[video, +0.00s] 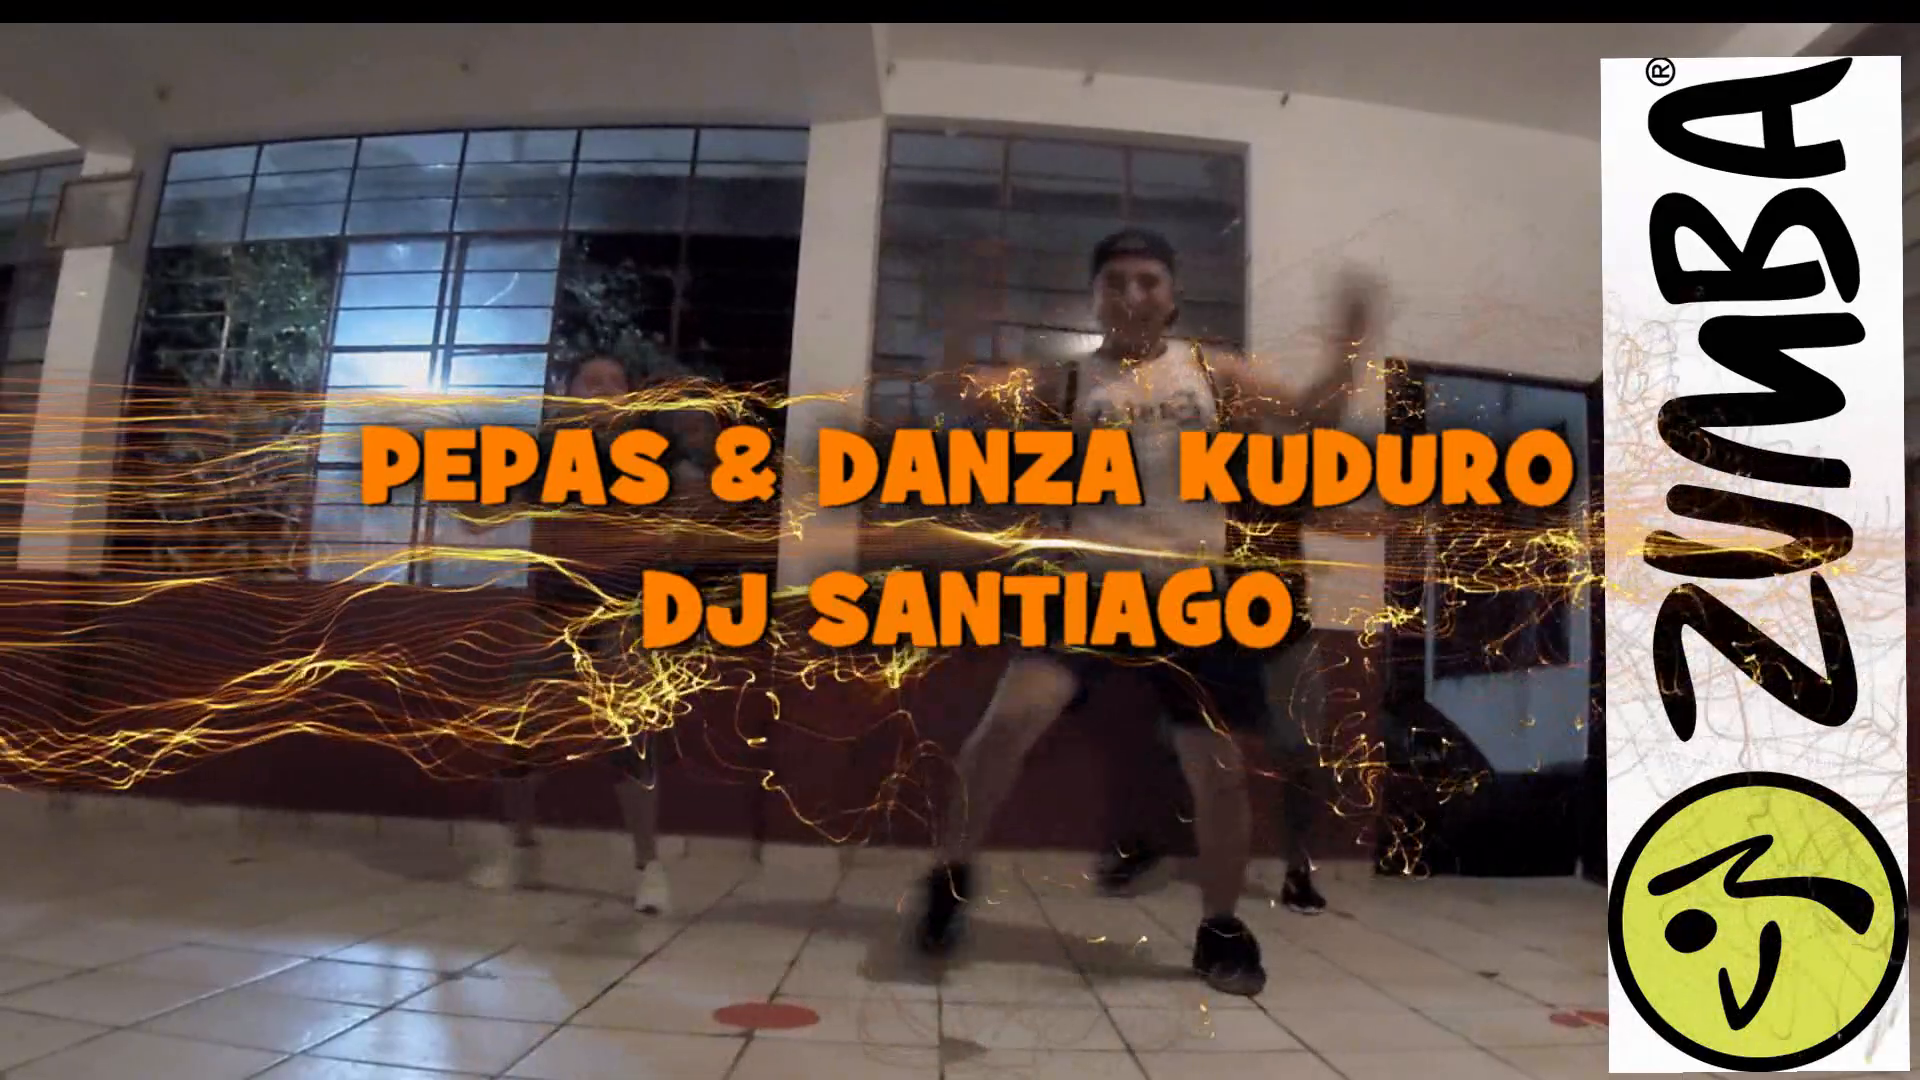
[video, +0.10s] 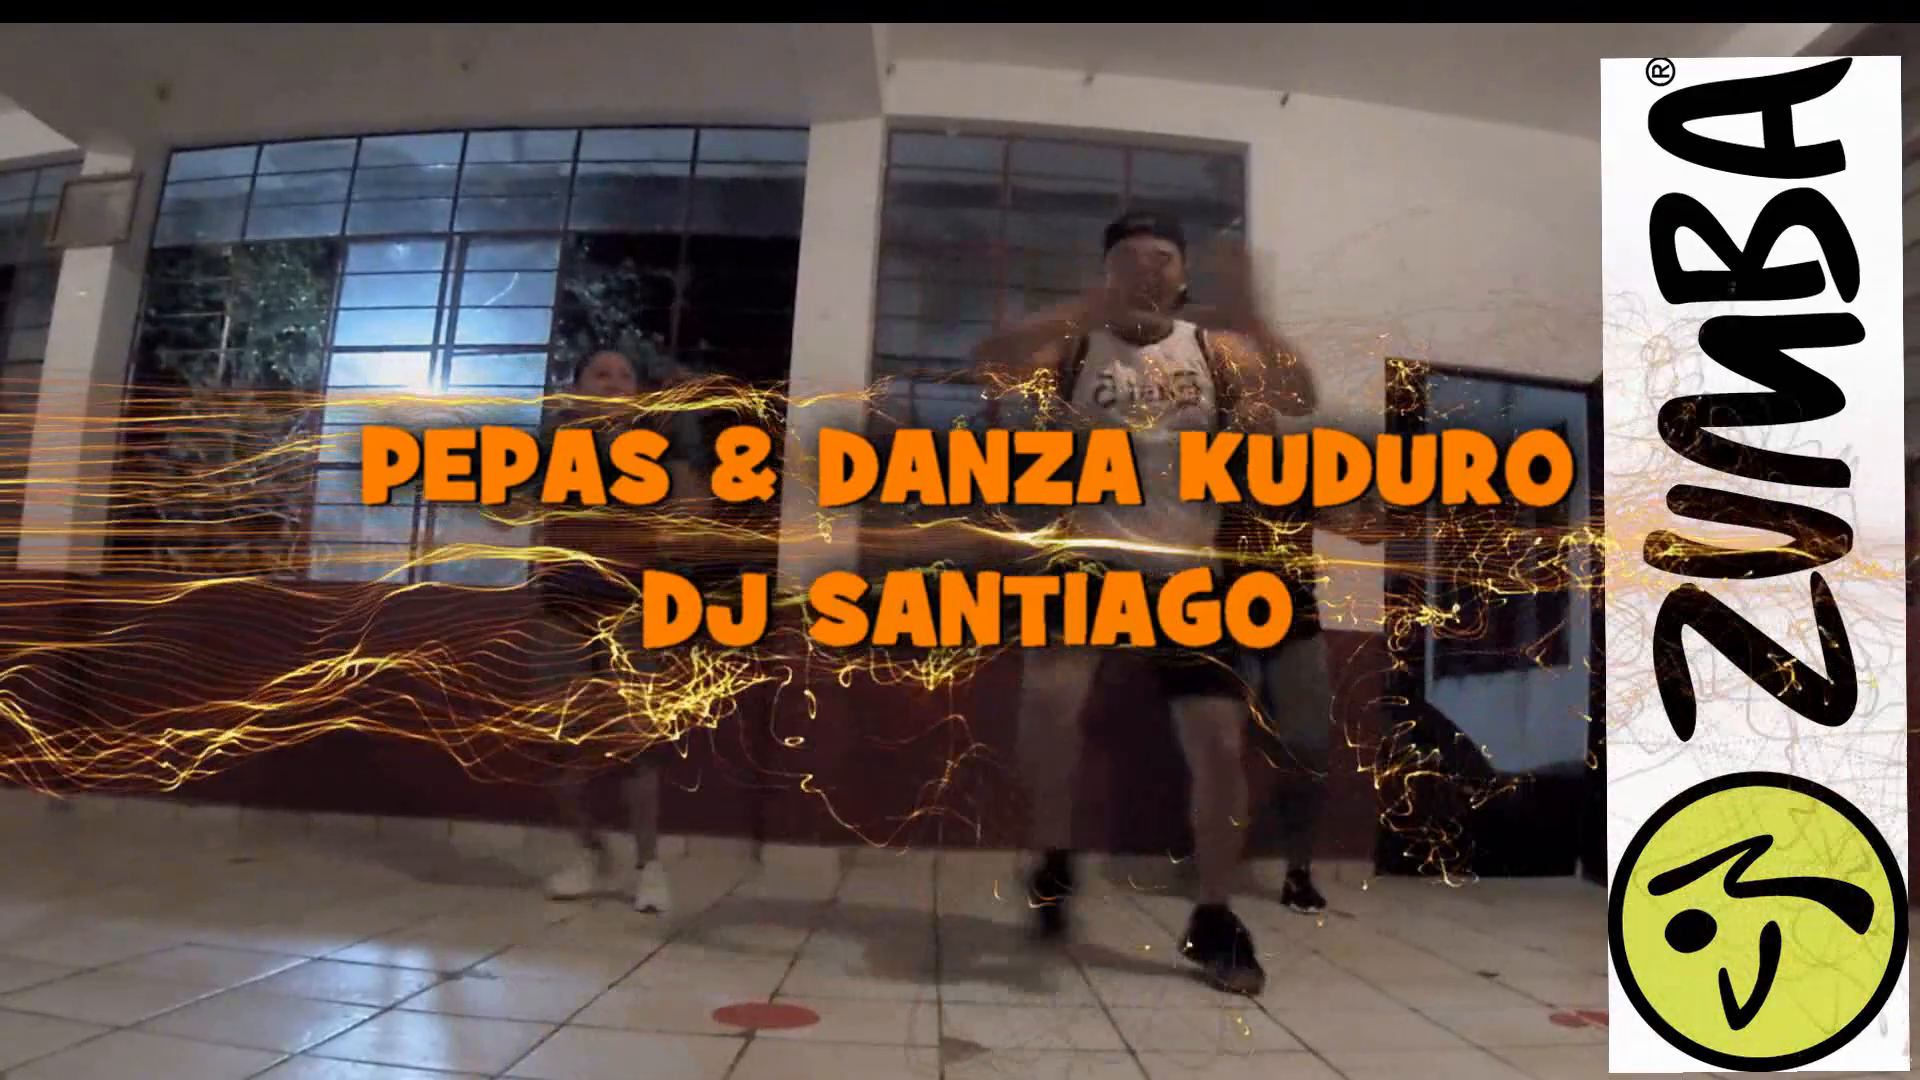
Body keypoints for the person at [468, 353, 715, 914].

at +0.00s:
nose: (601, 399)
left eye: (611, 389)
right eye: (591, 389)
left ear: (629, 396)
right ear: (572, 396)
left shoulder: (650, 455)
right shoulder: (553, 448)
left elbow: (685, 518)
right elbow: (484, 511)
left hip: (626, 612)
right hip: (554, 610)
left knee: (633, 740)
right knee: (520, 731)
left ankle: (649, 867)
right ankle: (515, 850)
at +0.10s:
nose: (610, 386)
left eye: (620, 377)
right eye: (599, 376)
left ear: (637, 389)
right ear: (580, 385)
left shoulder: (657, 447)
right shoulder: (560, 442)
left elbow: (692, 510)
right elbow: (527, 513)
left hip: (638, 606)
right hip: (568, 605)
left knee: (642, 735)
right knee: (570, 731)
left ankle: (648, 866)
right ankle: (580, 856)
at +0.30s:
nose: (606, 416)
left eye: (616, 407)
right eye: (596, 407)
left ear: (635, 412)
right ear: (577, 412)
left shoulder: (654, 465)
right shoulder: (553, 465)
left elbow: (663, 539)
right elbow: (513, 537)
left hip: (633, 626)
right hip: (565, 625)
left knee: (638, 748)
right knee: (556, 755)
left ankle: (652, 867)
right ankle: (601, 857)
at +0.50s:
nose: (559, 418)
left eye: (571, 407)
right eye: (550, 407)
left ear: (594, 414)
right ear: (538, 412)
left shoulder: (622, 473)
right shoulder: (516, 467)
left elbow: (688, 509)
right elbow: (435, 491)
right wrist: (423, 463)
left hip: (592, 630)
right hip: (517, 624)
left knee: (601, 745)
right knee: (442, 726)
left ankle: (646, 866)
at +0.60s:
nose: (527, 400)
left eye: (538, 389)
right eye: (518, 390)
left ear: (562, 395)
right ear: (505, 397)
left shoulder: (586, 454)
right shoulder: (483, 453)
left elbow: (647, 501)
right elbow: (413, 487)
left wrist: (698, 472)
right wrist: (366, 439)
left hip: (549, 613)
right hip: (474, 609)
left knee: (586, 734)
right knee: (413, 711)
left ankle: (636, 863)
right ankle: (369, 842)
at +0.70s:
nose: (489, 401)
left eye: (500, 392)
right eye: (481, 391)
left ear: (517, 400)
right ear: (466, 396)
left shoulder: (532, 462)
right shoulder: (442, 456)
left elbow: (596, 512)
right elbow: (391, 506)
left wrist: (657, 495)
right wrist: (335, 462)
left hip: (505, 609)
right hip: (432, 607)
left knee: (547, 730)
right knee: (388, 714)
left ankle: (607, 858)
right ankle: (369, 848)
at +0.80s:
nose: (471, 402)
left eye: (480, 392)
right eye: (460, 391)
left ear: (492, 400)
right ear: (444, 396)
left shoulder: (504, 465)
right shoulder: (417, 461)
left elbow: (553, 528)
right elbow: (362, 517)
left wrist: (611, 506)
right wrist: (315, 480)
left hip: (473, 609)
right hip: (409, 607)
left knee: (492, 716)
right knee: (369, 716)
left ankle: (537, 831)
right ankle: (367, 844)